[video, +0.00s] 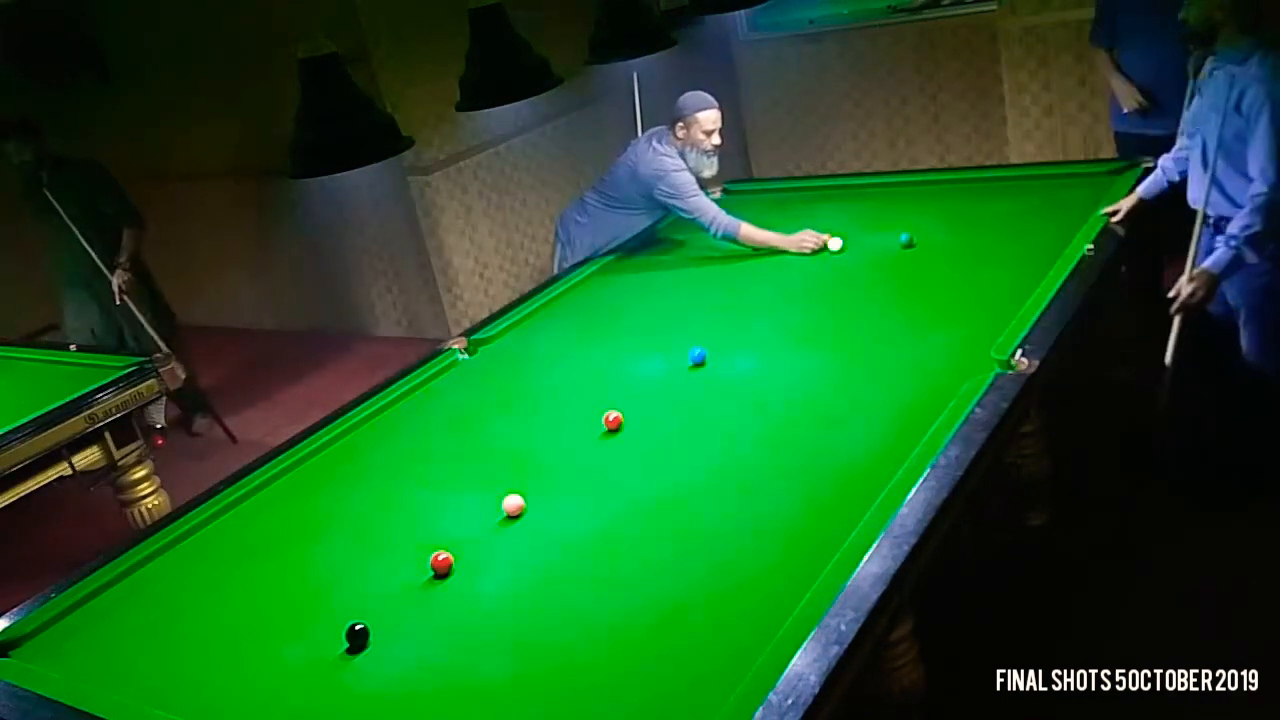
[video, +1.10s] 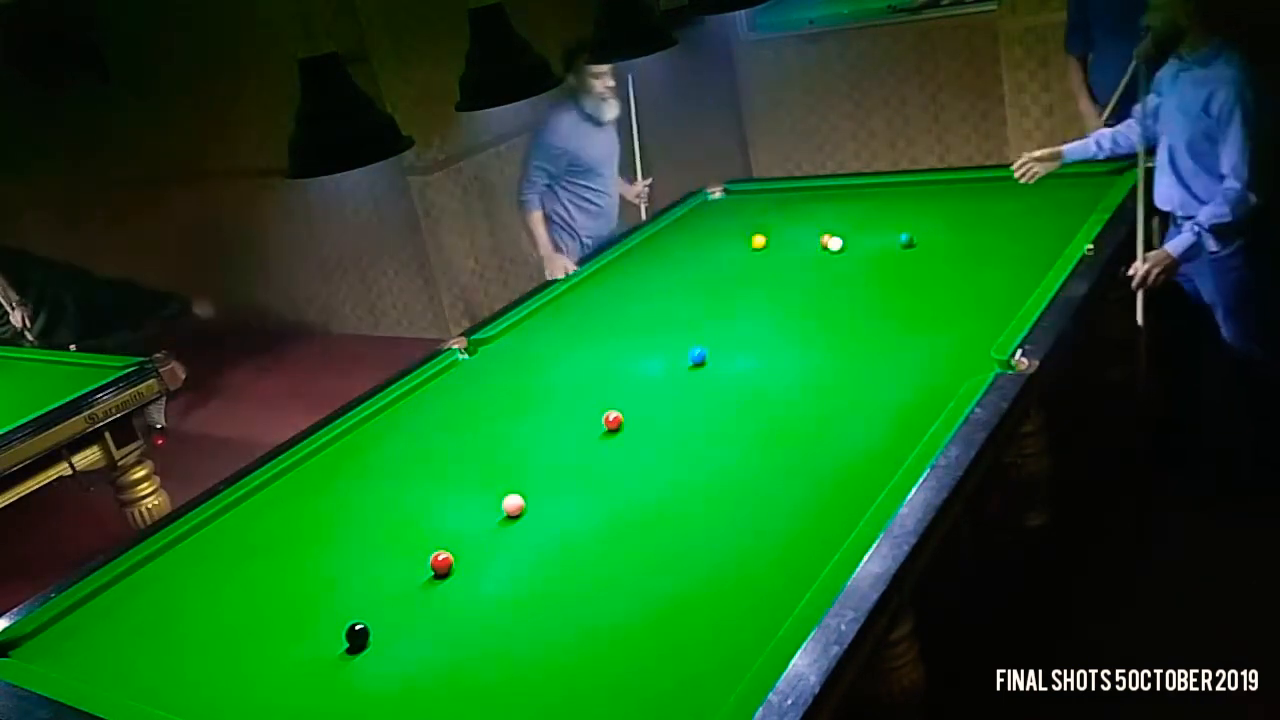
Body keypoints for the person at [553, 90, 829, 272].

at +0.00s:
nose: (716, 141)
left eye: (718, 132)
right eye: (708, 133)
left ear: (684, 129)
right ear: (680, 131)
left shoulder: (668, 137)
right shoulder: (663, 166)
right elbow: (718, 223)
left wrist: (699, 183)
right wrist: (786, 241)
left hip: (625, 232)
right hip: (586, 240)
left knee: (616, 311)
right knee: (578, 318)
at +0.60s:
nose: (709, 130)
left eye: (710, 121)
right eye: (699, 123)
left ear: (674, 121)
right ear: (672, 123)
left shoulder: (663, 136)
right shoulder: (658, 158)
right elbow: (689, 227)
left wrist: (697, 192)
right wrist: (753, 247)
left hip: (621, 231)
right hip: (587, 238)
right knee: (576, 317)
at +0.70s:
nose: (698, 119)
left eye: (699, 110)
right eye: (687, 111)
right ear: (660, 112)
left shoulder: (651, 134)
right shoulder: (646, 148)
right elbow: (662, 223)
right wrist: (720, 253)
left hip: (614, 232)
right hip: (587, 239)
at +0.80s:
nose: (679, 106)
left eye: (680, 96)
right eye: (668, 98)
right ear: (642, 99)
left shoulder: (645, 129)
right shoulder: (629, 136)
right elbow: (620, 211)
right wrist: (668, 255)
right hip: (587, 237)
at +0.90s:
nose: (656, 95)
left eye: (658, 86)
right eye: (645, 88)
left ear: (660, 84)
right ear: (621, 90)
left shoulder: (636, 123)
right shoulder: (605, 130)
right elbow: (578, 201)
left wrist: (640, 189)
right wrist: (618, 255)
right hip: (581, 242)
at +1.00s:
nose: (634, 87)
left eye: (635, 78)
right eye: (622, 80)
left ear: (638, 77)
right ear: (598, 83)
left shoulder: (627, 120)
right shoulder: (580, 128)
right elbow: (551, 196)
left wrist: (631, 190)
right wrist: (572, 250)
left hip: (611, 236)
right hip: (578, 245)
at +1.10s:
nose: (609, 84)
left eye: (610, 75)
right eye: (597, 77)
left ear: (614, 76)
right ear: (574, 81)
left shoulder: (605, 115)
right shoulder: (559, 126)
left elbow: (597, 168)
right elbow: (530, 193)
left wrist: (626, 189)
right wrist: (548, 254)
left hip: (608, 239)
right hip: (575, 253)